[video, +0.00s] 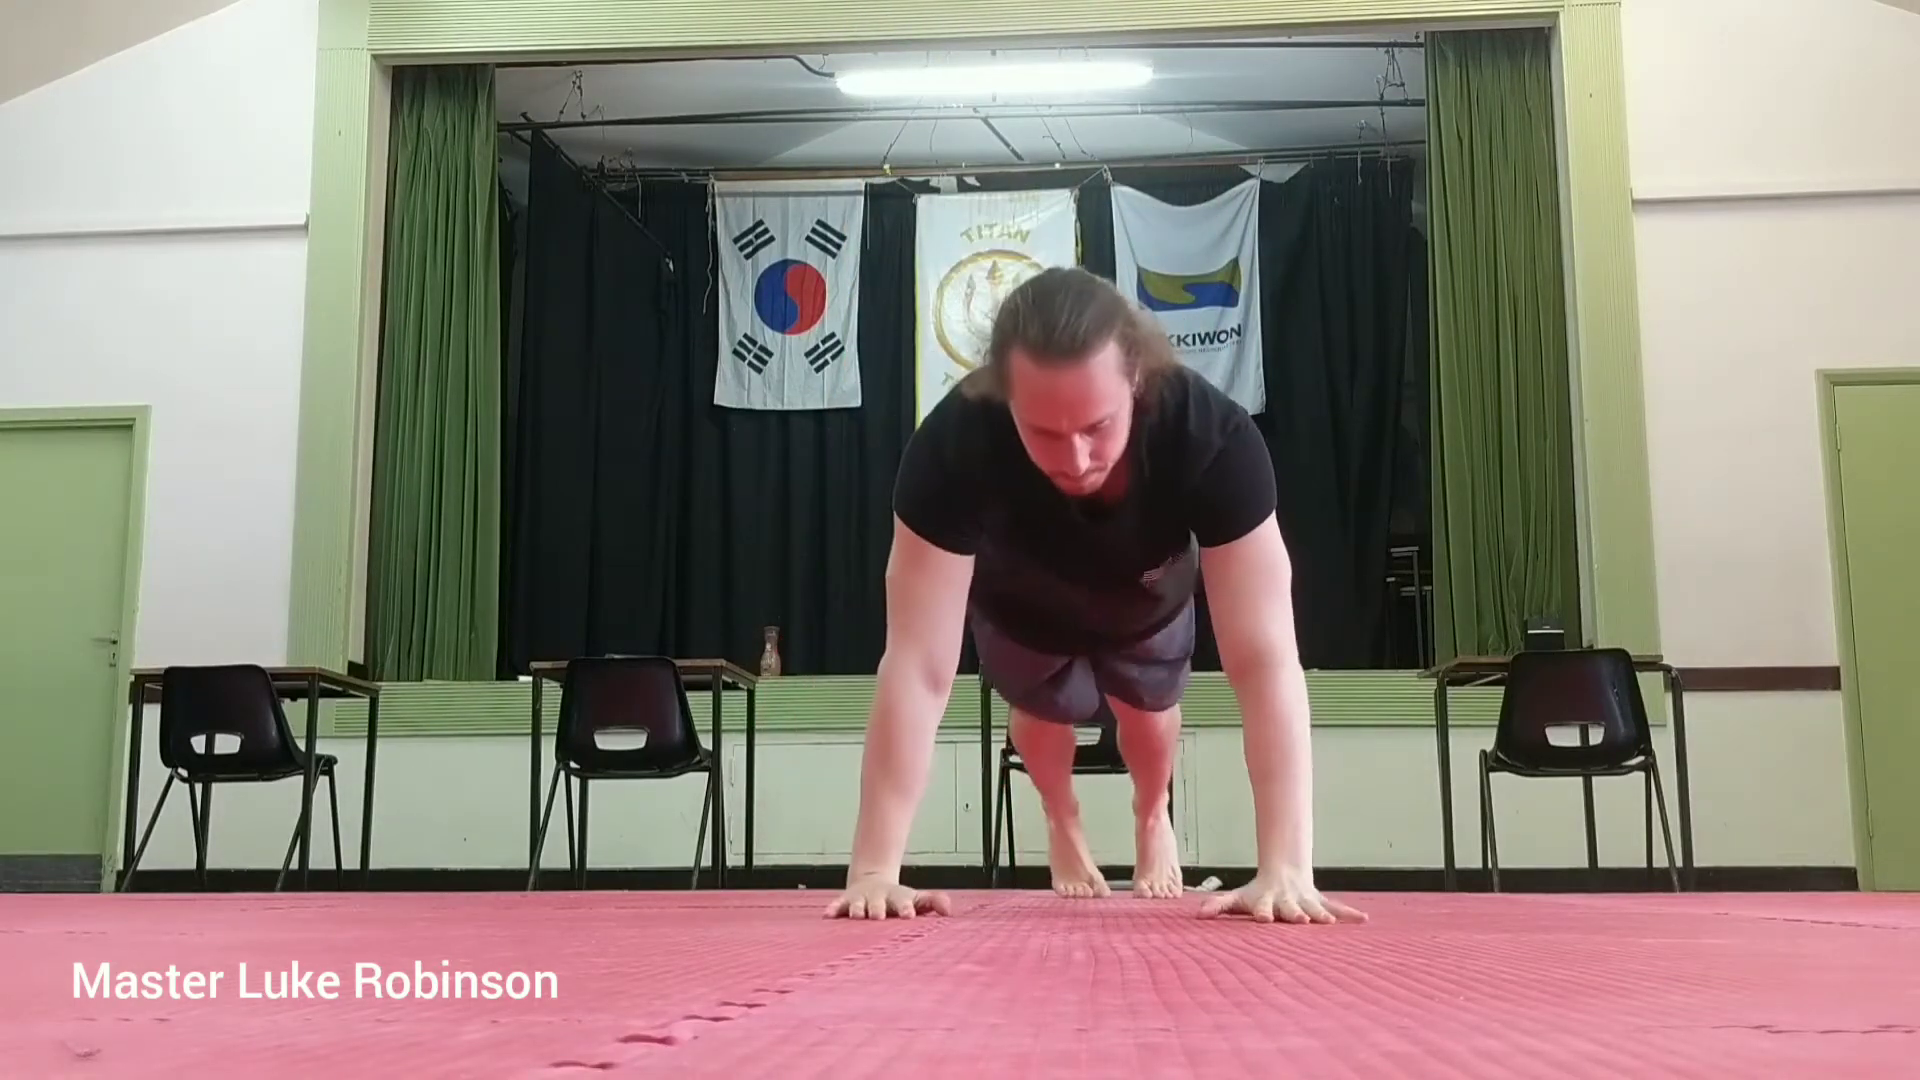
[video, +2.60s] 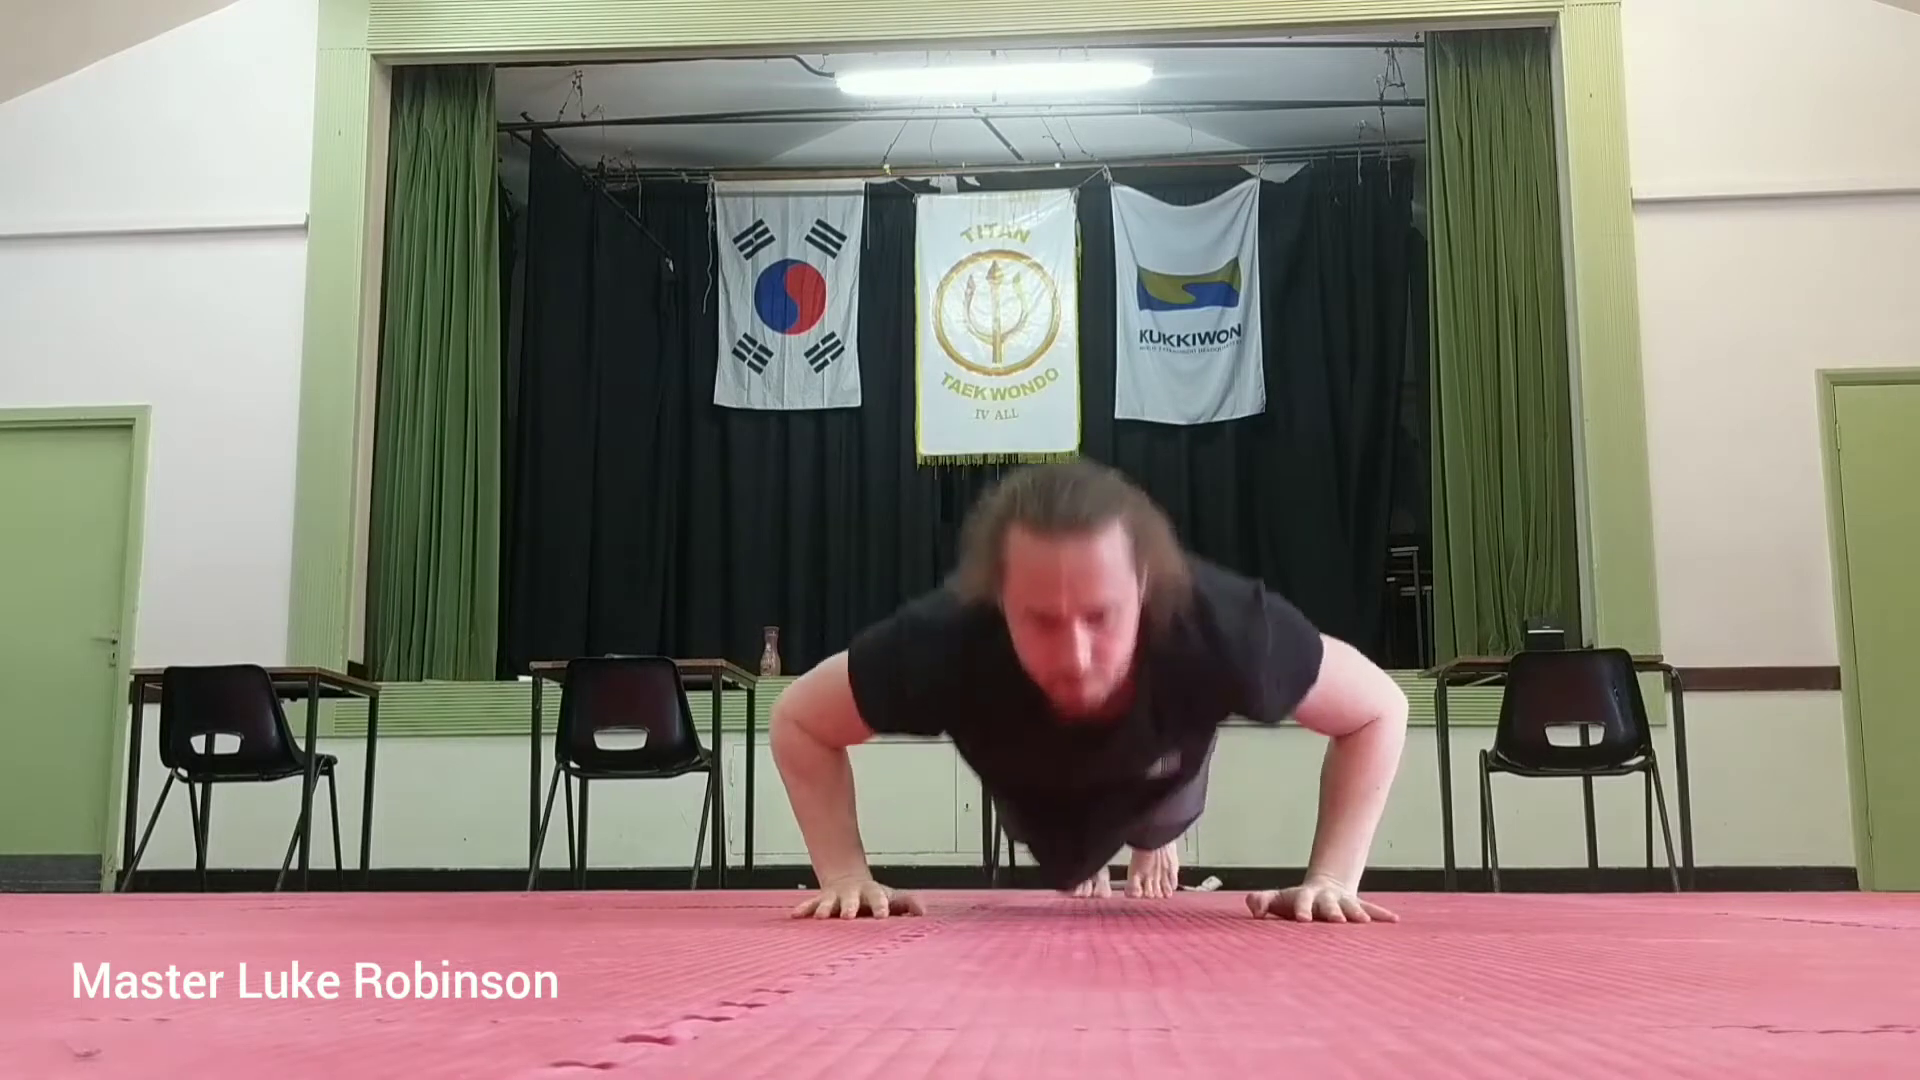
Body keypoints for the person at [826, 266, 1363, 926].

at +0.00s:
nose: (1077, 459)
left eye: (1098, 429)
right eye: (1048, 434)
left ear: (1137, 383)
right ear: (1008, 400)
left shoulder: (1213, 444)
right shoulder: (956, 448)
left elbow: (1265, 663)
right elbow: (917, 669)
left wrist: (1285, 868)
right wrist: (873, 871)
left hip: (1148, 614)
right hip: (1025, 618)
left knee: (1151, 715)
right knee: (1044, 723)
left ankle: (1153, 822)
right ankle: (1063, 825)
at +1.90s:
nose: (1078, 469)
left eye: (1102, 435)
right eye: (1050, 441)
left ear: (1145, 403)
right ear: (1008, 416)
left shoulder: (1226, 481)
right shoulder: (955, 492)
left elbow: (1325, 688)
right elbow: (868, 688)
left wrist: (1331, 875)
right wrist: (850, 876)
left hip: (1165, 669)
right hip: (1032, 678)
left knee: (1152, 760)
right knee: (1066, 767)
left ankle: (1144, 813)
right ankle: (1087, 817)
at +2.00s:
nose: (1082, 617)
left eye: (1103, 582)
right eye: (1051, 587)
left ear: (1147, 544)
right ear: (1010, 557)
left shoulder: (1228, 571)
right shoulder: (958, 591)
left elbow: (1356, 713)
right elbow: (822, 721)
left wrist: (1334, 870)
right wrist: (846, 874)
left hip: (1164, 751)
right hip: (1042, 767)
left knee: (1156, 789)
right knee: (1071, 808)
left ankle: (1148, 829)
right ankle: (1082, 840)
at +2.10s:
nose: (1076, 702)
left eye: (1101, 669)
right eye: (1048, 674)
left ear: (1149, 629)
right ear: (1003, 642)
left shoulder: (1236, 643)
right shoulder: (948, 664)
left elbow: (1375, 715)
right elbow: (808, 723)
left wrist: (1336, 875)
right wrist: (844, 875)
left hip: (1165, 789)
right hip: (1031, 802)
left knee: (1153, 820)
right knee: (1060, 836)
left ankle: (1150, 850)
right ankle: (1079, 858)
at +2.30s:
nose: (1070, 810)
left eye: (1095, 776)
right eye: (1038, 780)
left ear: (1144, 737)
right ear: (995, 745)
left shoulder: (1227, 730)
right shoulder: (937, 748)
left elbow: (1380, 702)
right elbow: (798, 713)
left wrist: (1334, 876)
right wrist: (840, 873)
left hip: (1153, 860)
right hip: (1005, 867)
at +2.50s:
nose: (1077, 750)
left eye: (1102, 714)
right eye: (1044, 716)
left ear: (1147, 680)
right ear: (999, 686)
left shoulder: (1229, 697)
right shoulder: (946, 705)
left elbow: (1380, 711)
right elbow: (800, 719)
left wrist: (1333, 875)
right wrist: (843, 872)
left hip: (1152, 844)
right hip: (1024, 858)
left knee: (1152, 872)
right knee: (1049, 887)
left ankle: (1157, 877)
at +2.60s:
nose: (1077, 655)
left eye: (1102, 620)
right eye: (1045, 624)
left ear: (1147, 596)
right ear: (1001, 605)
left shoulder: (1222, 631)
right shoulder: (948, 645)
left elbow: (1377, 711)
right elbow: (803, 725)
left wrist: (1334, 878)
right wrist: (844, 874)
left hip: (1160, 782)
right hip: (1040, 800)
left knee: (1158, 824)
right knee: (1072, 851)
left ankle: (1151, 855)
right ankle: (1083, 871)